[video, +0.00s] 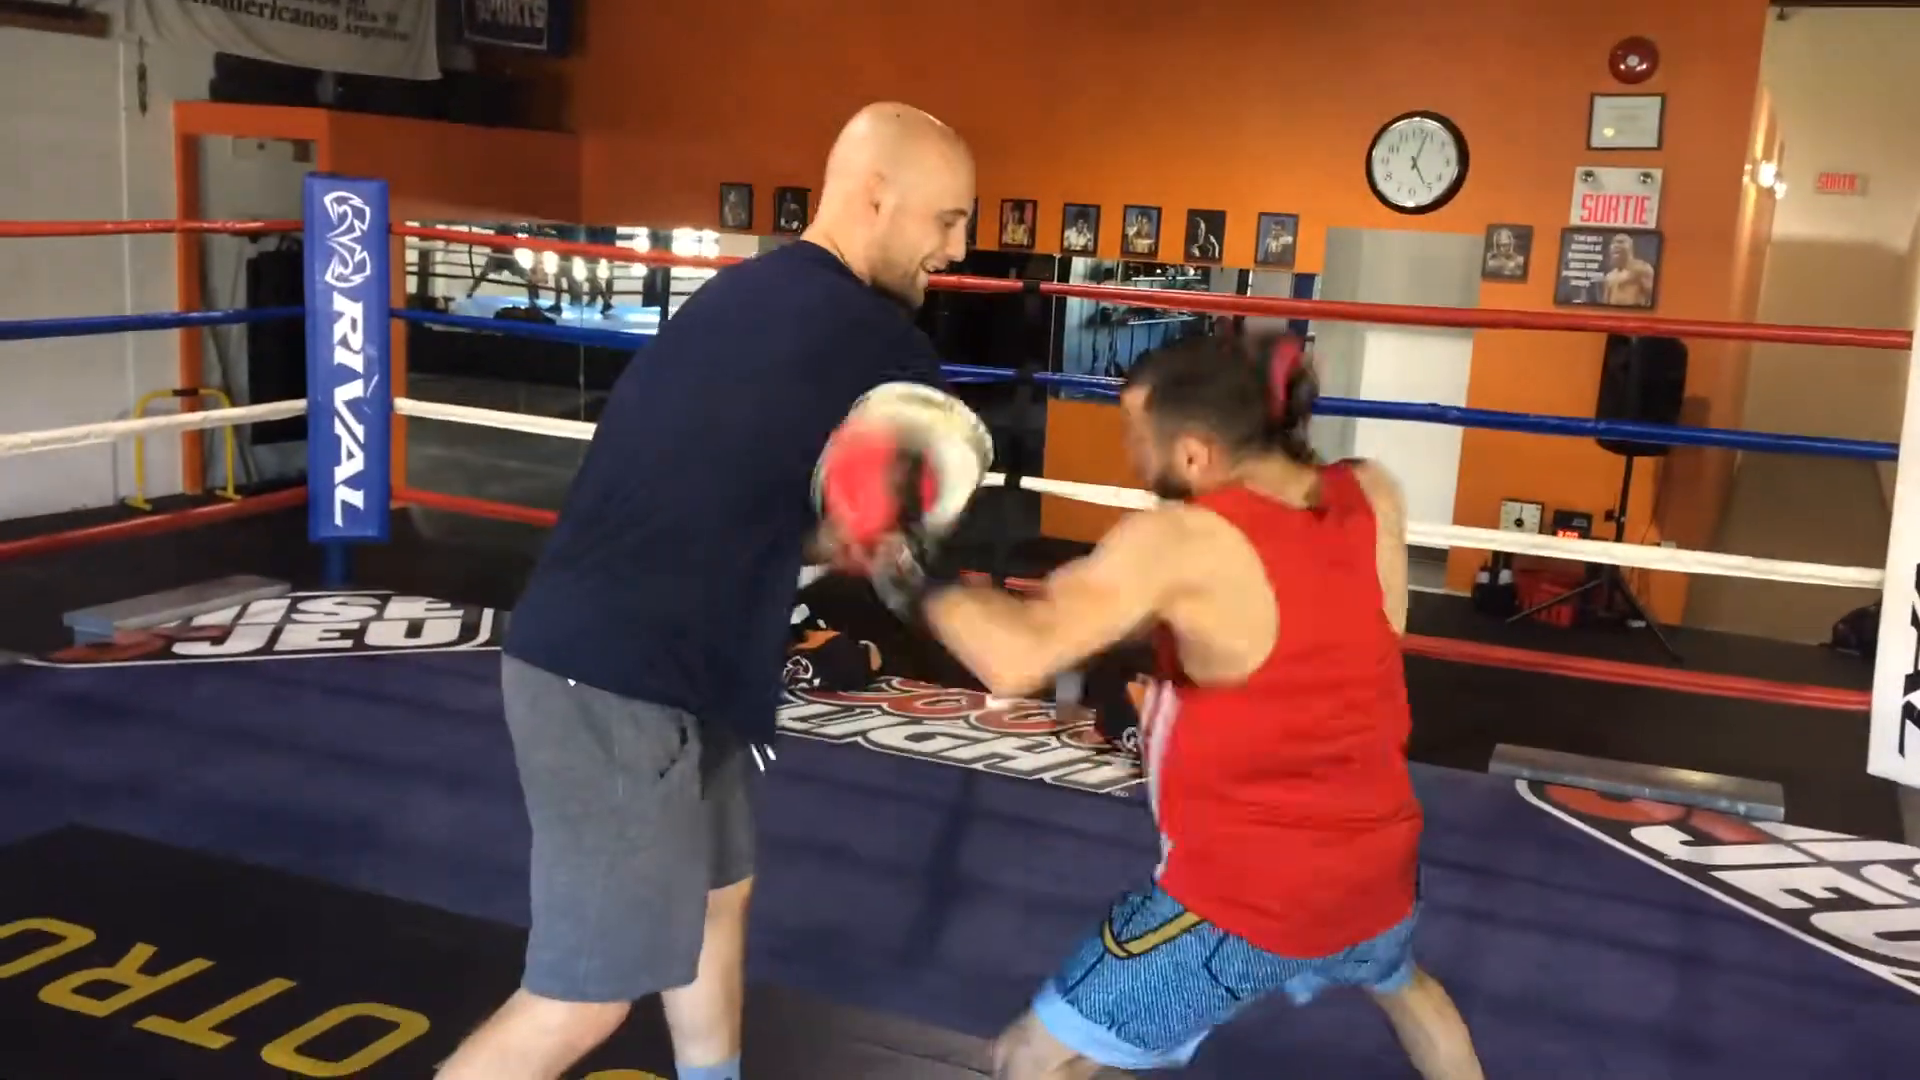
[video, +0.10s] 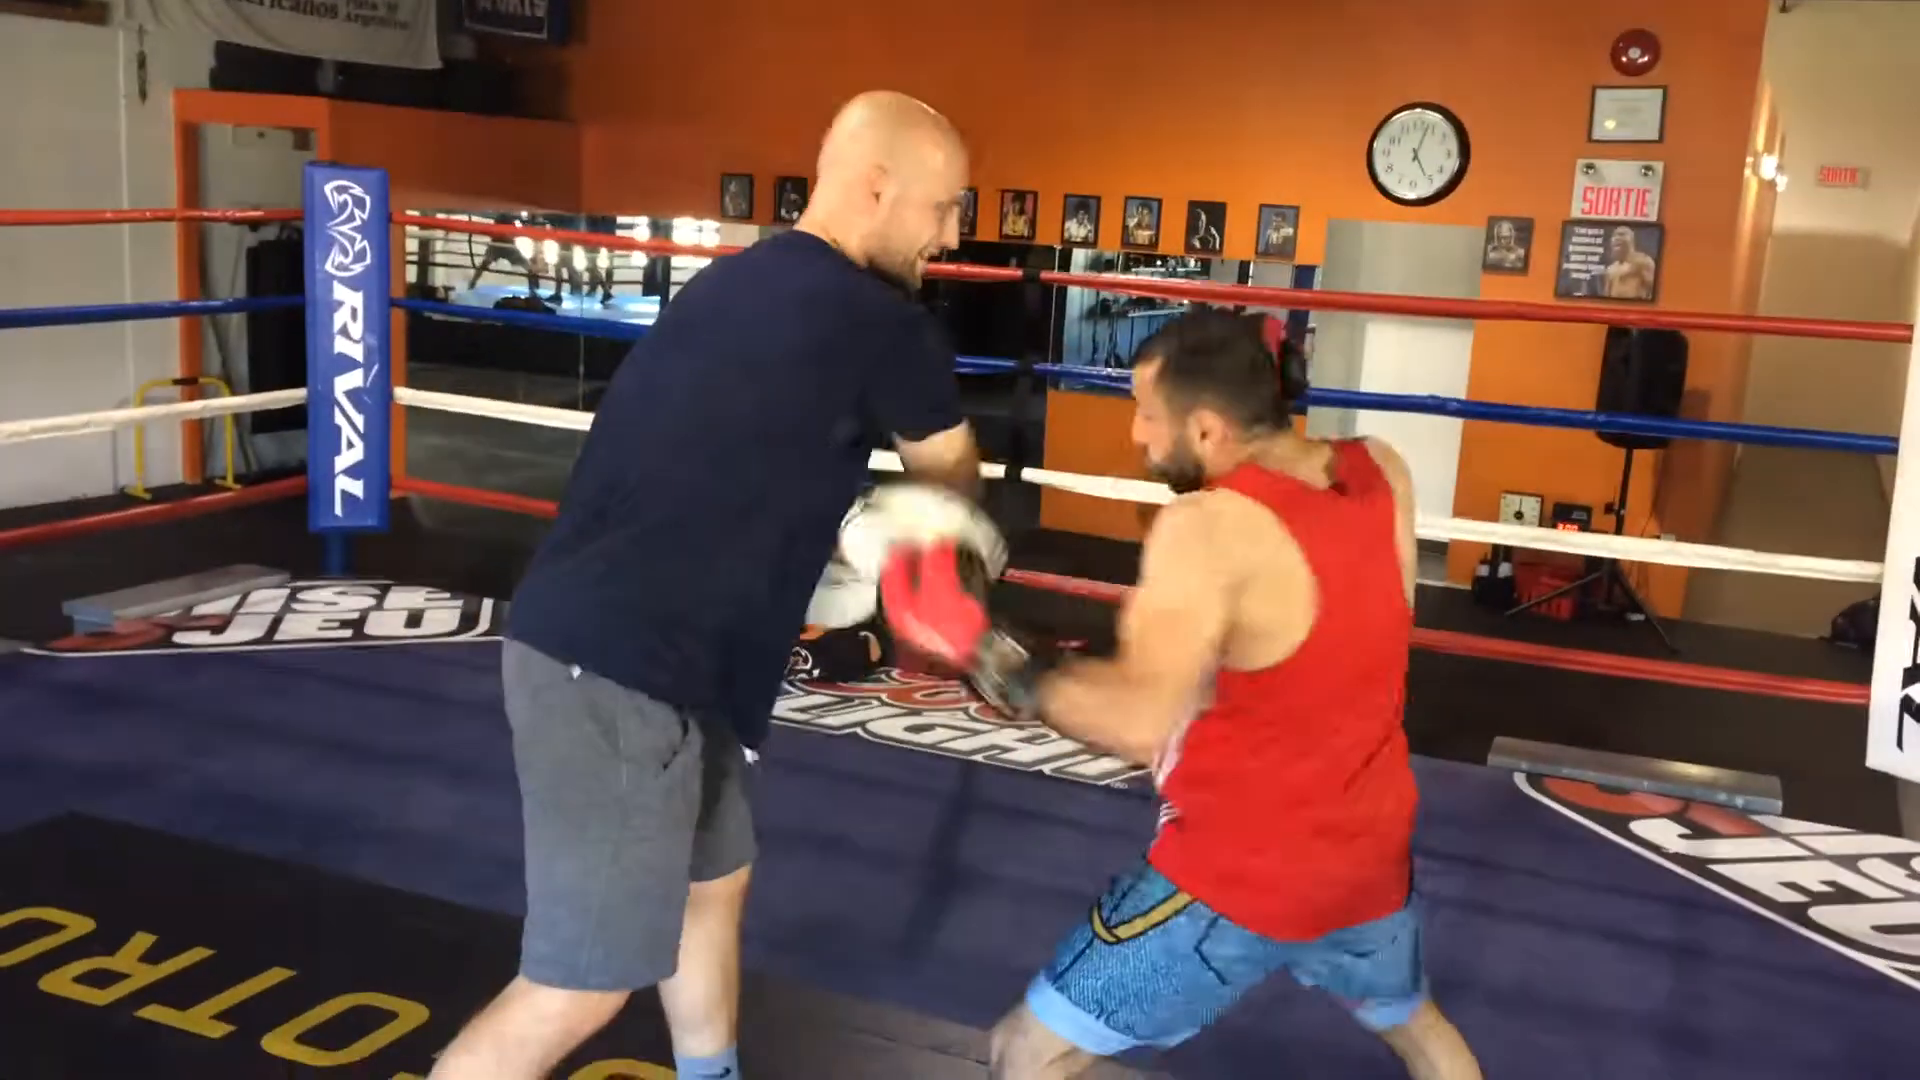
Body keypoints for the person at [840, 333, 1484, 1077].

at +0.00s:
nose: (1131, 458)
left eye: (1138, 441)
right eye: (1131, 439)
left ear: (1196, 455)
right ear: (1262, 431)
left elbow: (1013, 658)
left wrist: (914, 573)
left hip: (1244, 894)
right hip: (1378, 871)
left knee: (1031, 1059)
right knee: (1405, 987)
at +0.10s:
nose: (1134, 428)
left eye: (1146, 410)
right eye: (1136, 406)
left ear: (1208, 426)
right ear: (1269, 411)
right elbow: (1368, 625)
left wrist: (990, 652)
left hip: (1240, 868)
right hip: (1369, 846)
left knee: (1028, 1050)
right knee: (1413, 1022)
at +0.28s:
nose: (1109, 455)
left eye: (1122, 433)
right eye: (1108, 430)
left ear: (1200, 438)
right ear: (1216, 432)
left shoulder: (1250, 532)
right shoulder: (1323, 461)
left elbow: (1175, 750)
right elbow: (1185, 559)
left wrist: (1057, 625)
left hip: (1290, 884)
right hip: (1386, 855)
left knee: (1044, 1035)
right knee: (1395, 1006)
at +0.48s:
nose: (1060, 499)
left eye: (1070, 476)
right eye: (1059, 474)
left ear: (1140, 475)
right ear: (1160, 467)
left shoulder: (1196, 559)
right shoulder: (1281, 487)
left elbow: (1134, 779)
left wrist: (1048, 656)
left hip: (1342, 899)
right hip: (1441, 864)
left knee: (1075, 1029)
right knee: (1421, 978)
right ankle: (1486, 1074)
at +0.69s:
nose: (1153, 505)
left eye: (1174, 483)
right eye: (1155, 480)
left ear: (1242, 489)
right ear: (1254, 487)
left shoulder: (1275, 562)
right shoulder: (1359, 526)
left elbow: (1242, 756)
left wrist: (1141, 654)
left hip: (1385, 897)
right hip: (1476, 874)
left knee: (1117, 1032)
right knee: (1446, 971)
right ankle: (1510, 1077)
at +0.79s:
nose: (1208, 446)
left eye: (1229, 423)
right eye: (1208, 422)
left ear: (1305, 427)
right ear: (1311, 429)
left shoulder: (1341, 497)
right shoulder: (1396, 474)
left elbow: (1339, 691)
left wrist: (1224, 609)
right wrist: (1245, 600)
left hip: (1409, 846)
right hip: (1487, 829)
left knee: (1179, 1016)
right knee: (1448, 952)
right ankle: (1516, 1076)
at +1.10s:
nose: (1229, 372)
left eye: (1253, 350)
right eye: (1233, 346)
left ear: (1330, 367)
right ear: (1337, 368)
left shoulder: (1358, 463)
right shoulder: (1417, 428)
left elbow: (1274, 662)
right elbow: (1324, 601)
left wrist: (1190, 534)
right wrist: (1225, 514)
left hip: (1380, 809)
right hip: (1467, 796)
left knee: (1169, 996)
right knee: (1465, 970)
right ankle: (1515, 1078)